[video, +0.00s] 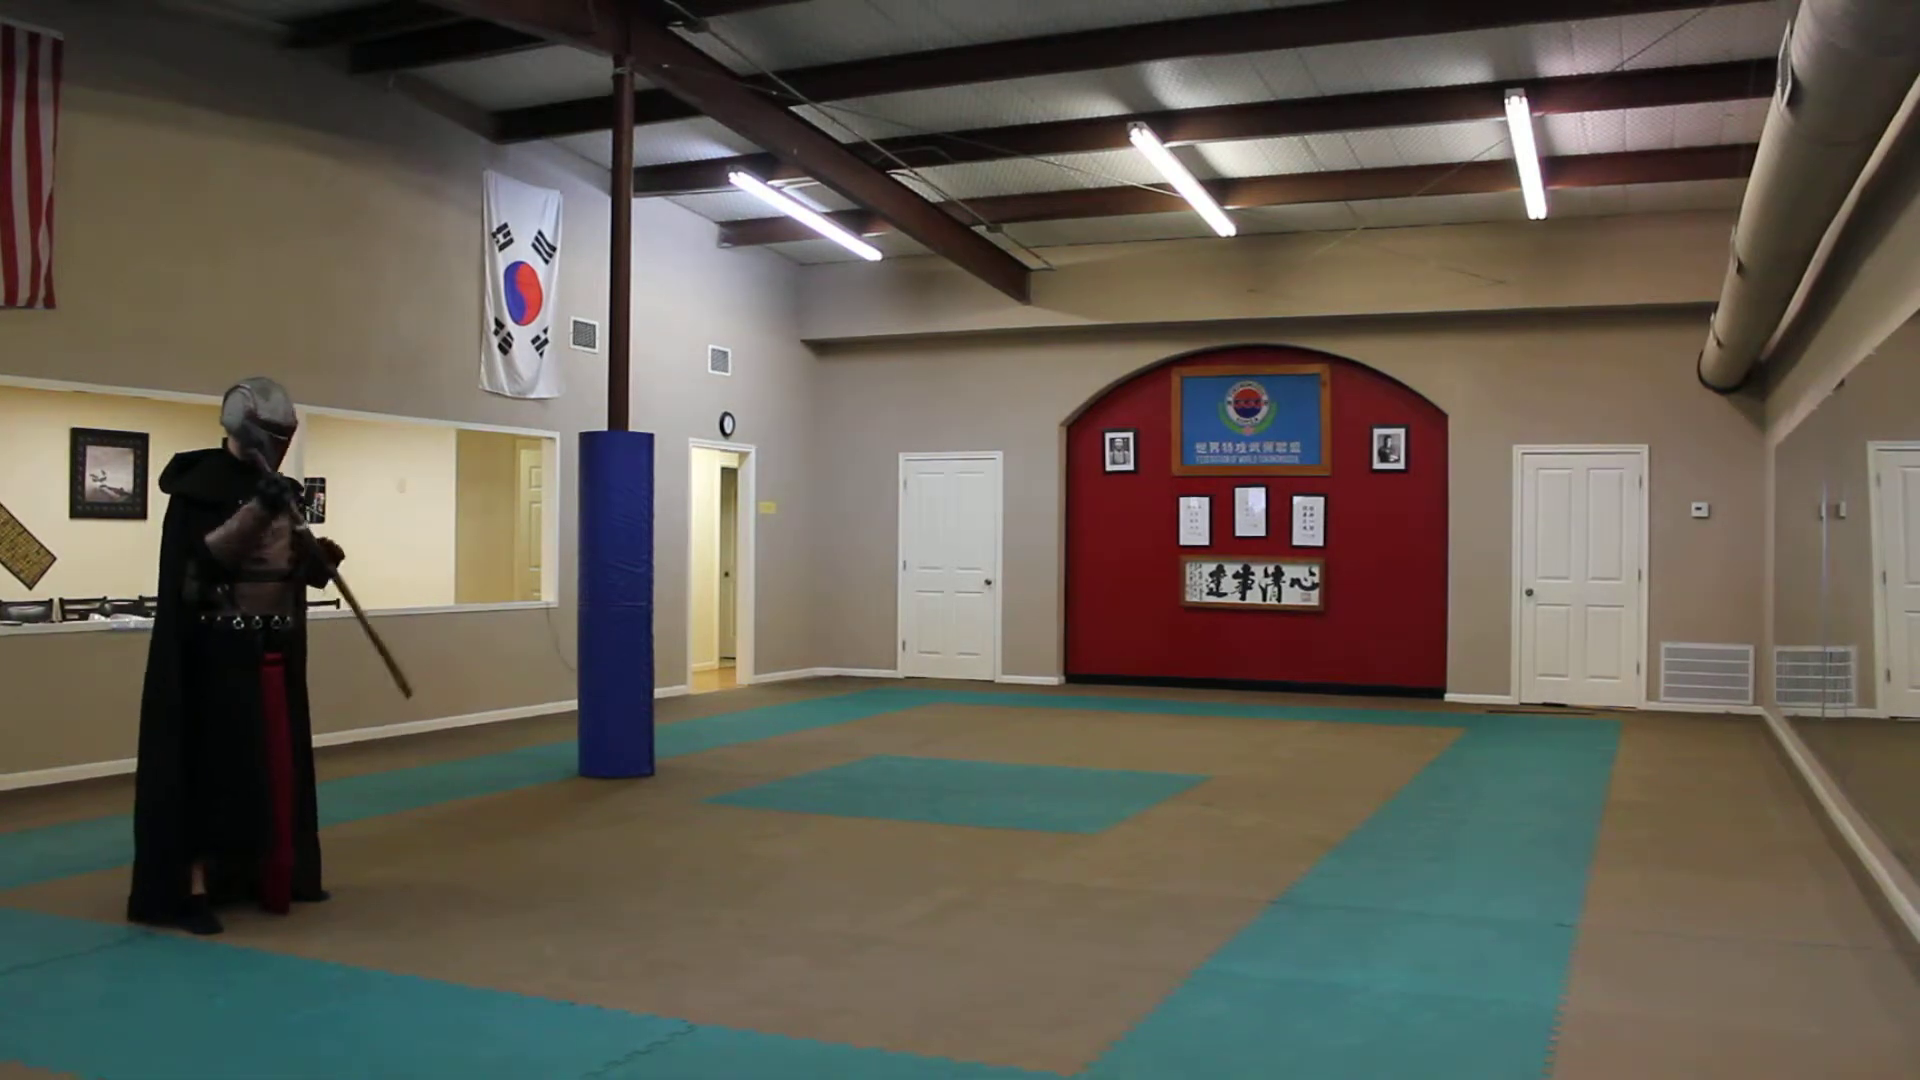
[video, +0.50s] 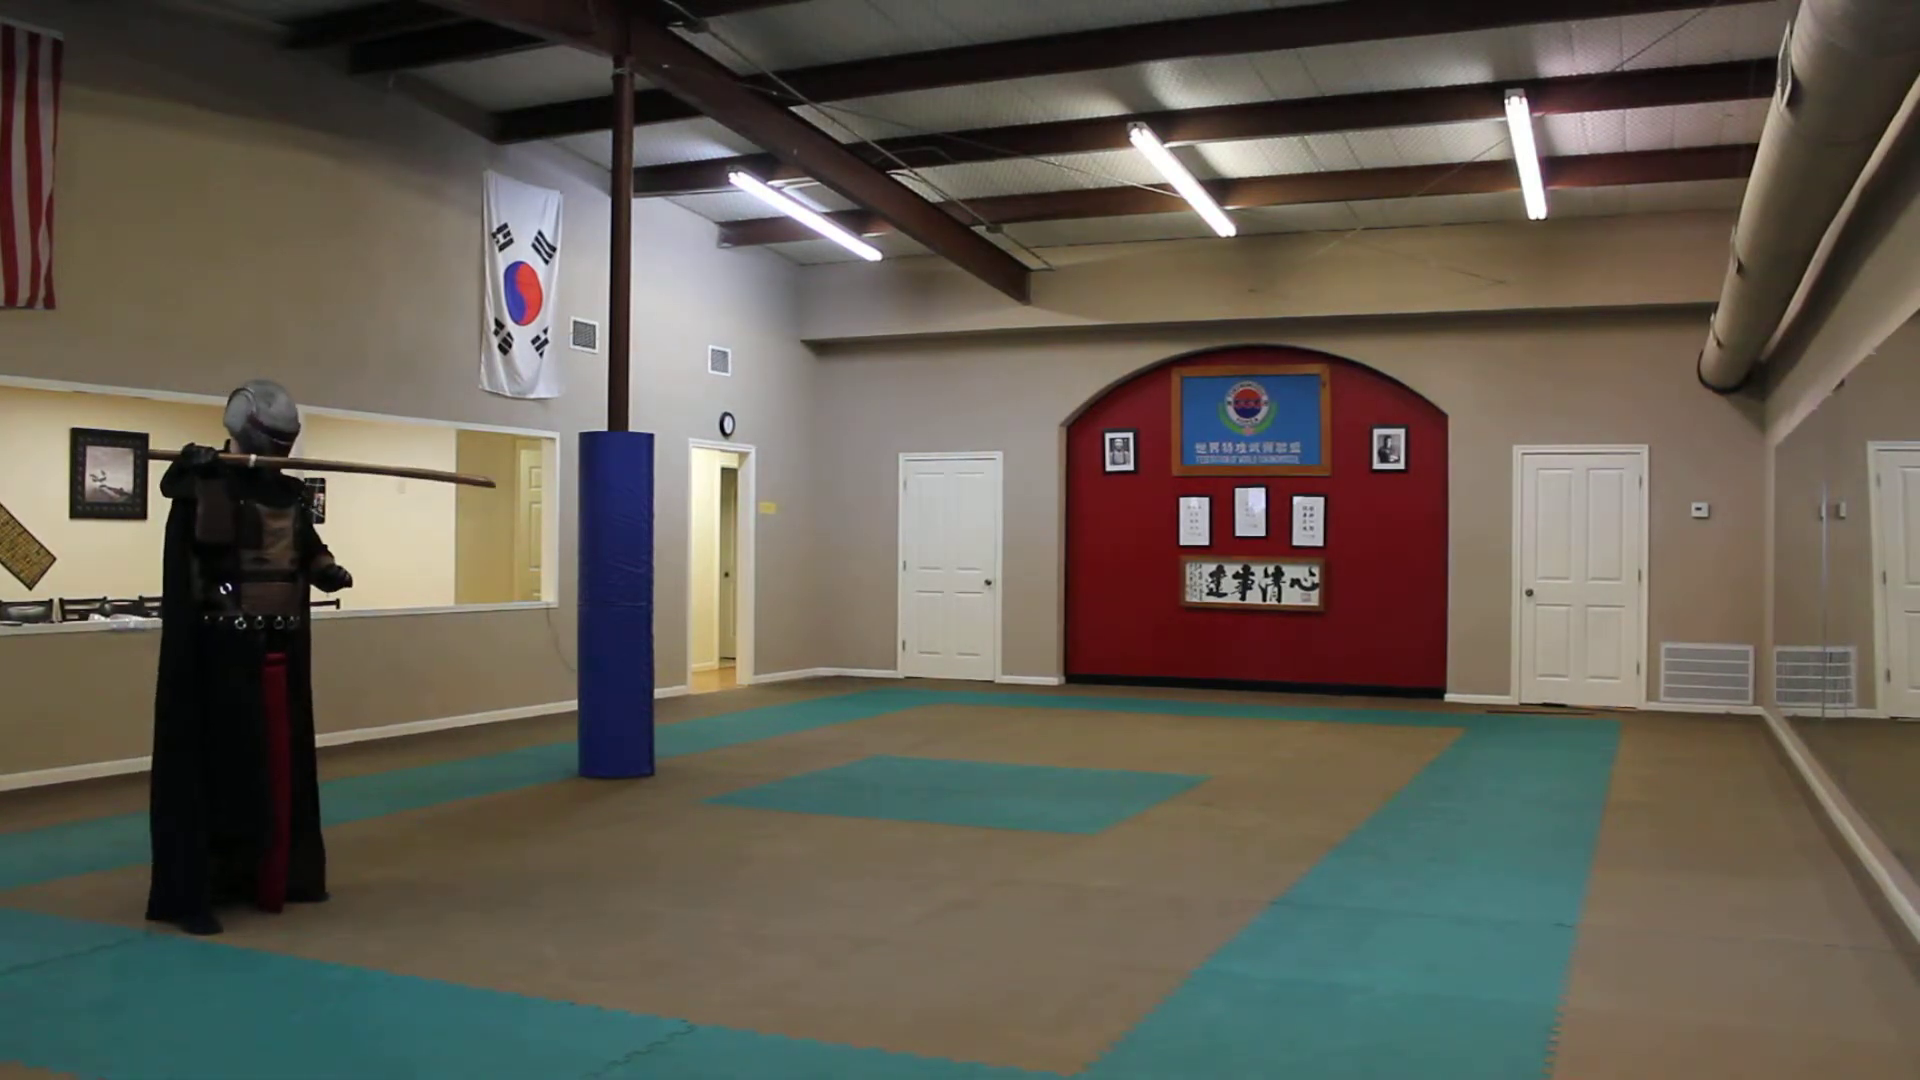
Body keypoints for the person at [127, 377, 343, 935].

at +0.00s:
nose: (285, 443)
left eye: (289, 433)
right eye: (277, 432)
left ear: (284, 433)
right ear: (242, 426)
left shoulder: (280, 491)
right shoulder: (204, 479)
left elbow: (285, 562)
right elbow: (195, 559)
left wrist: (316, 561)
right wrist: (260, 506)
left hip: (271, 644)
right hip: (211, 646)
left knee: (277, 760)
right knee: (203, 761)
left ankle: (275, 874)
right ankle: (188, 887)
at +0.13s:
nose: (278, 452)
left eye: (285, 441)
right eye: (270, 439)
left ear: (291, 440)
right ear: (239, 431)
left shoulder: (285, 494)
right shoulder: (203, 480)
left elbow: (310, 569)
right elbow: (203, 561)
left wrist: (331, 556)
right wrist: (248, 493)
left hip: (272, 647)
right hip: (212, 650)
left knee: (276, 764)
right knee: (200, 764)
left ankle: (275, 878)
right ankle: (184, 890)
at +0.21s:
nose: (281, 456)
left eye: (286, 446)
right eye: (273, 443)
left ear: (288, 442)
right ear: (246, 432)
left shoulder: (288, 490)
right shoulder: (202, 480)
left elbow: (300, 554)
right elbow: (212, 552)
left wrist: (327, 567)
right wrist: (241, 479)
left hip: (276, 646)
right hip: (217, 650)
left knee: (280, 764)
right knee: (213, 764)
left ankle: (280, 878)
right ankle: (195, 887)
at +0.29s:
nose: (279, 456)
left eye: (285, 446)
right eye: (273, 443)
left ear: (283, 442)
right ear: (250, 432)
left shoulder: (286, 494)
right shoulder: (203, 484)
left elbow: (305, 547)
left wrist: (325, 568)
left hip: (277, 654)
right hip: (216, 659)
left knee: (280, 767)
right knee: (216, 768)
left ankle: (277, 880)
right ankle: (200, 887)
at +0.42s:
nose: (286, 453)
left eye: (289, 443)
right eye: (280, 442)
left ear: (283, 441)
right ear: (249, 433)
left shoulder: (285, 491)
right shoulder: (203, 485)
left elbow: (306, 546)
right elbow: (210, 547)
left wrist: (326, 570)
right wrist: (227, 473)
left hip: (276, 653)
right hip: (212, 657)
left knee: (279, 767)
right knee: (206, 770)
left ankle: (275, 883)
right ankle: (186, 895)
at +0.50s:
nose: (282, 452)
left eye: (287, 442)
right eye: (275, 440)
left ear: (287, 439)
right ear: (246, 431)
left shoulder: (287, 492)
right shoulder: (205, 486)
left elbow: (307, 545)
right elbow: (207, 561)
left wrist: (325, 567)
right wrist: (219, 474)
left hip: (277, 651)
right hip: (215, 657)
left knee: (280, 767)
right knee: (210, 769)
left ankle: (276, 882)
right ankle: (192, 893)